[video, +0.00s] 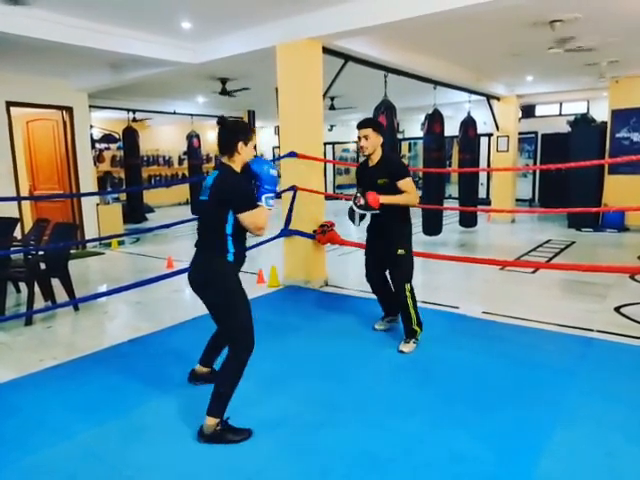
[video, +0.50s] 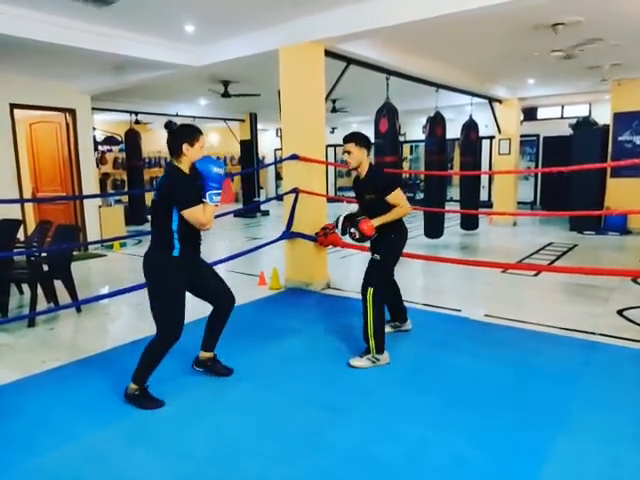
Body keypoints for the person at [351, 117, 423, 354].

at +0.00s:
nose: (361, 143)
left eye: (366, 138)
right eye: (359, 139)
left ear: (380, 138)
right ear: (359, 141)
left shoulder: (393, 164)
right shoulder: (362, 169)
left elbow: (413, 197)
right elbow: (364, 197)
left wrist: (380, 199)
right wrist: (359, 203)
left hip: (398, 227)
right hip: (377, 226)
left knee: (400, 280)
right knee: (374, 274)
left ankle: (412, 333)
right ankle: (391, 313)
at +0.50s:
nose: (345, 157)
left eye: (349, 152)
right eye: (344, 153)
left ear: (364, 151)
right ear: (350, 155)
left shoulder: (381, 178)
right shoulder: (358, 180)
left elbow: (405, 207)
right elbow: (368, 209)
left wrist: (374, 222)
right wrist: (347, 221)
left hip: (393, 235)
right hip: (379, 235)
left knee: (370, 288)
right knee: (384, 278)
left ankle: (376, 352)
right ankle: (400, 319)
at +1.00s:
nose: (355, 152)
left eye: (357, 147)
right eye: (354, 148)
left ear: (372, 146)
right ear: (369, 148)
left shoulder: (380, 171)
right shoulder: (372, 170)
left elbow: (353, 196)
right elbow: (344, 194)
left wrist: (345, 163)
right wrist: (336, 170)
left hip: (387, 240)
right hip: (390, 238)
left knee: (360, 294)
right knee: (391, 292)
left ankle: (375, 354)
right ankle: (413, 343)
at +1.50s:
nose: (349, 150)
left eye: (351, 145)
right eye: (349, 145)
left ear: (365, 144)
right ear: (364, 145)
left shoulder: (378, 171)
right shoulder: (363, 170)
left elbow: (354, 201)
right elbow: (329, 182)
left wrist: (338, 175)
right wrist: (305, 167)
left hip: (384, 243)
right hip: (385, 241)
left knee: (365, 303)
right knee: (393, 296)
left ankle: (367, 365)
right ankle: (424, 345)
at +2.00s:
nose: (364, 148)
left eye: (367, 143)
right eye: (365, 143)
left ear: (379, 144)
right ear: (385, 145)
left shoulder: (377, 172)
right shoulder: (398, 168)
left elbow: (340, 191)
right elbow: (377, 191)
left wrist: (335, 161)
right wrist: (358, 175)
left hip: (384, 247)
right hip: (405, 245)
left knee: (364, 305)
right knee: (410, 298)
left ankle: (368, 366)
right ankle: (431, 352)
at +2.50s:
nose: (370, 152)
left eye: (372, 147)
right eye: (370, 147)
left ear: (385, 146)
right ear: (389, 146)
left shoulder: (389, 173)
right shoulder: (398, 170)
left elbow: (373, 211)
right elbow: (387, 205)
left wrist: (353, 191)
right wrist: (366, 190)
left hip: (389, 248)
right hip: (404, 245)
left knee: (371, 305)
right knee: (411, 299)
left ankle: (368, 367)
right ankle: (431, 354)